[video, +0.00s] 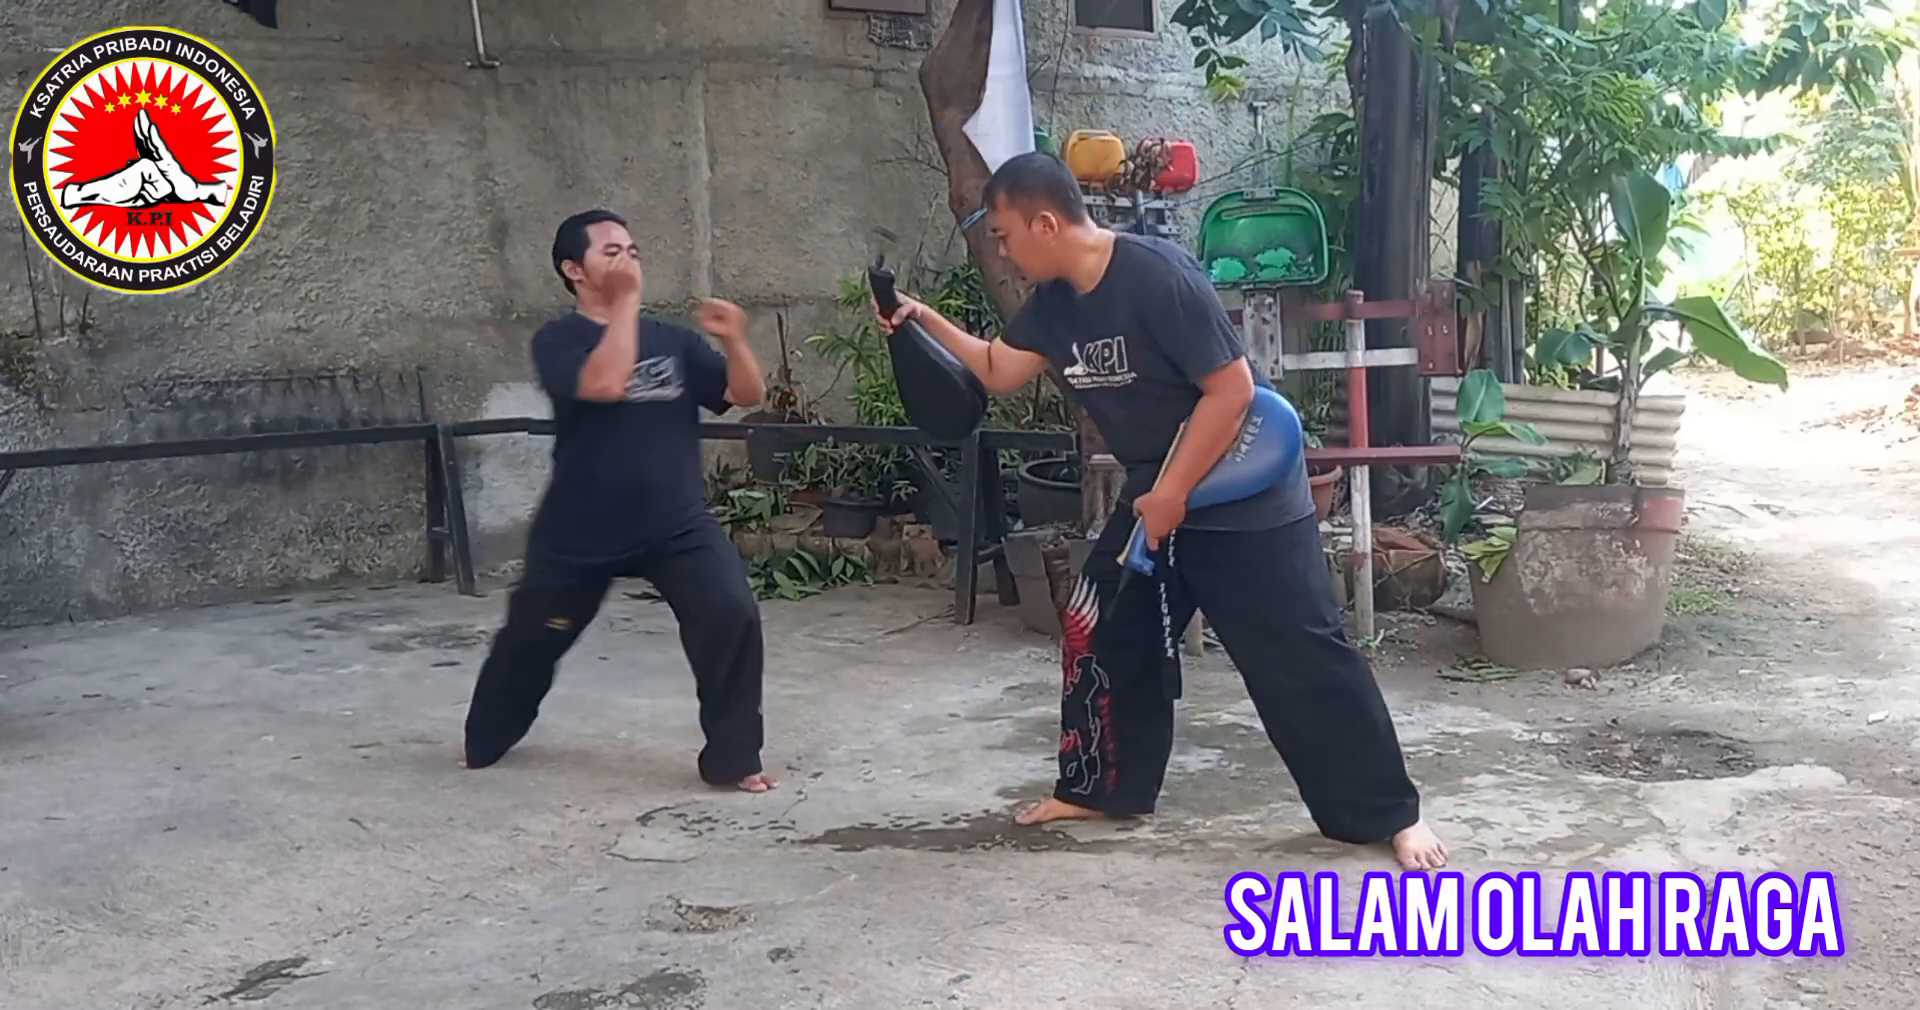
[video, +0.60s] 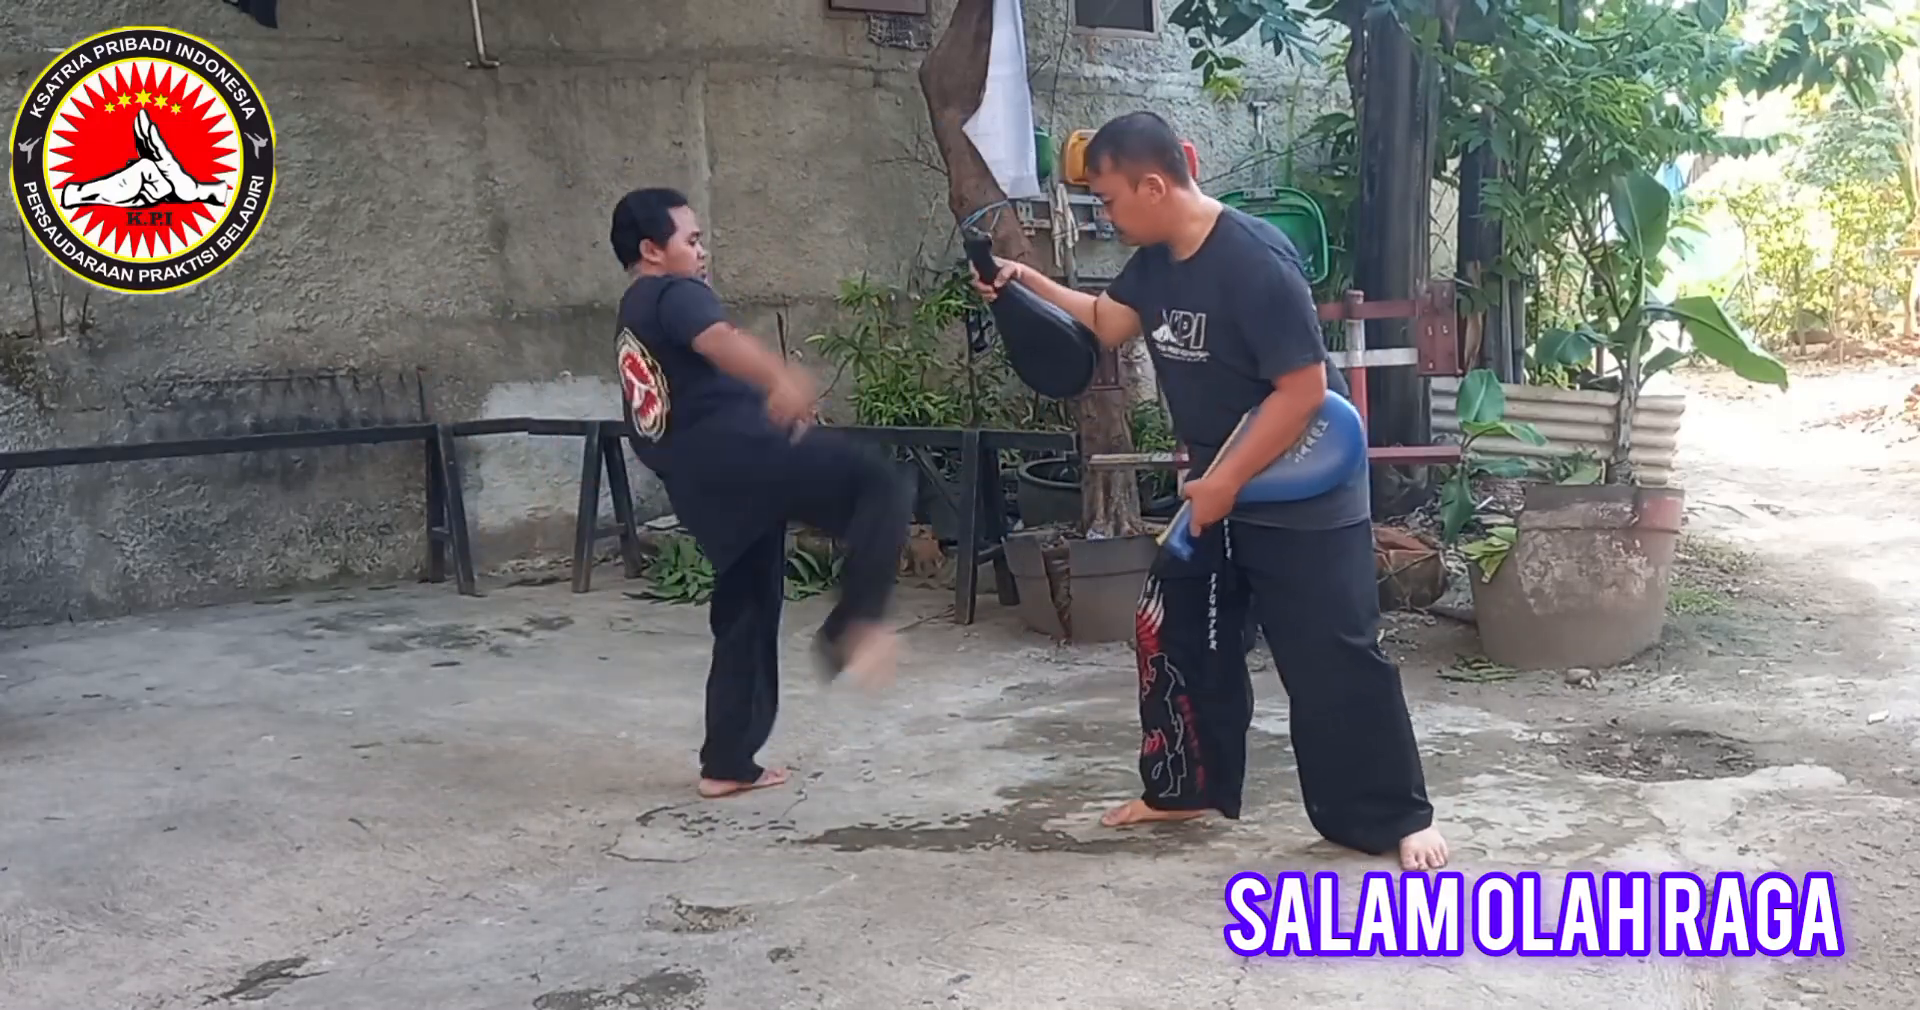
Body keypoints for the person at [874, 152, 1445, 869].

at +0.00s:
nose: (1003, 250)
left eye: (1005, 234)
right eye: (998, 237)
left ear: (1047, 222)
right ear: (1047, 223)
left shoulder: (1158, 275)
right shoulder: (1052, 301)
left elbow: (1231, 389)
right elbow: (999, 370)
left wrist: (1169, 490)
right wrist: (921, 321)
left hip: (1247, 493)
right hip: (1156, 498)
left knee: (1308, 647)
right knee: (1109, 634)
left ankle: (1396, 815)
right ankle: (1106, 791)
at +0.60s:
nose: (1105, 214)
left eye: (1111, 197)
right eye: (1102, 199)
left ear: (1163, 182)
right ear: (1155, 188)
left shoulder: (1255, 260)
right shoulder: (1156, 257)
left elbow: (1305, 386)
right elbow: (1105, 321)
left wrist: (1225, 476)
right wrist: (1021, 280)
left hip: (1306, 499)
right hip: (1217, 497)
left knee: (1337, 655)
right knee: (1185, 637)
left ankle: (1404, 821)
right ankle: (1187, 789)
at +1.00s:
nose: (1257, 208)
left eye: (1265, 192)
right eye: (1254, 192)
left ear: (1324, 181)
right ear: (1307, 184)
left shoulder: (1439, 254)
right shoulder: (1269, 256)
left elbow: (1495, 379)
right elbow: (1189, 332)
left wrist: (1415, 468)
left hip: (1453, 490)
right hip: (1336, 487)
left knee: (1502, 660)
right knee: (1268, 623)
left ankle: (1563, 851)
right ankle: (1235, 784)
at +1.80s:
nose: (1426, 90)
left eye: (1440, 70)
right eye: (1424, 75)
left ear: (1504, 67)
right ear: (1478, 74)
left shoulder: (1591, 194)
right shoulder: (1440, 175)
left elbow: (1613, 345)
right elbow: (1437, 311)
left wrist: (1522, 409)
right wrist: (1419, 418)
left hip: (1531, 489)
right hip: (1417, 468)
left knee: (1537, 677)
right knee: (1369, 628)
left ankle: (1545, 852)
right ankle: (1340, 790)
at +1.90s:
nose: (1400, 95)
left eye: (1414, 77)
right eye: (1399, 80)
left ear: (1472, 71)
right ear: (1451, 77)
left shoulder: (1557, 192)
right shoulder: (1431, 182)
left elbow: (1567, 337)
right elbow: (1431, 321)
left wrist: (1459, 396)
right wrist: (1398, 423)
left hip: (1517, 485)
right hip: (1416, 469)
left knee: (1528, 677)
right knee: (1379, 638)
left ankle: (1544, 852)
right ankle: (1369, 801)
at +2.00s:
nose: (1373, 102)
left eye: (1386, 82)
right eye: (1372, 86)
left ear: (1443, 79)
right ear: (1429, 86)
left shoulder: (1520, 188)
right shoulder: (1412, 188)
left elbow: (1522, 337)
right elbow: (1414, 326)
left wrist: (1409, 397)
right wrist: (1373, 411)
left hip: (1497, 483)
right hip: (1408, 468)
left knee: (1517, 671)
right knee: (1392, 647)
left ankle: (1543, 853)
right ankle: (1379, 806)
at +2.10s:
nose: (1332, 105)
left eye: (1343, 87)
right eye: (1333, 88)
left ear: (1388, 84)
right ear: (1384, 85)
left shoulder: (1464, 190)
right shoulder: (1381, 193)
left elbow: (1462, 332)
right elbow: (1385, 330)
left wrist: (1352, 402)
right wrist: (1335, 407)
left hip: (1463, 465)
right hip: (1386, 457)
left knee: (1499, 649)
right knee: (1372, 634)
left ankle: (1566, 839)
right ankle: (1370, 806)